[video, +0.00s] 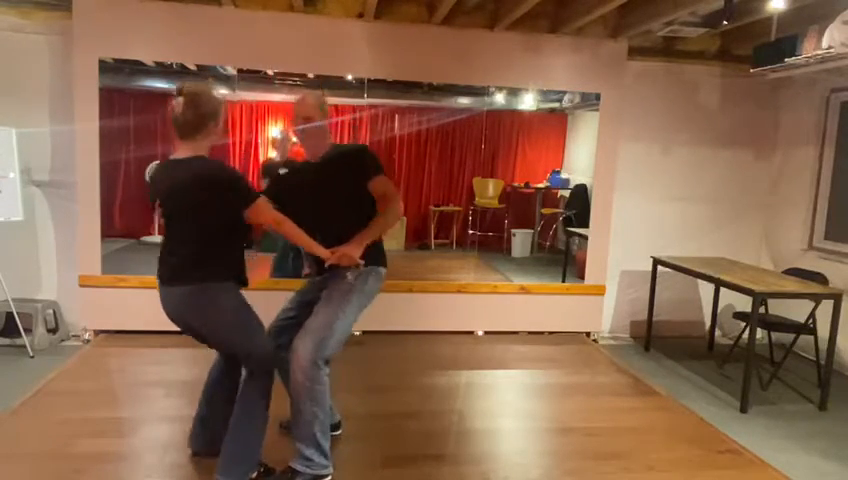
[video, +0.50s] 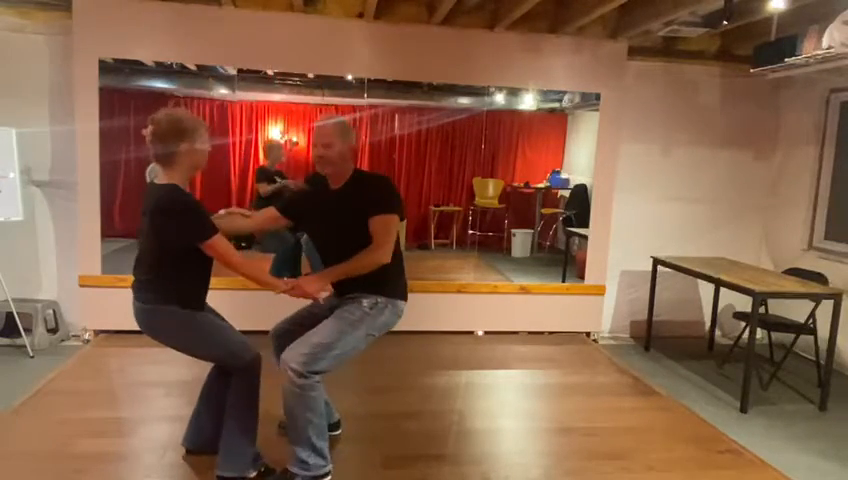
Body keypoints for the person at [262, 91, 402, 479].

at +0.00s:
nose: (301, 129)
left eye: (308, 121)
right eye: (297, 122)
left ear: (327, 121)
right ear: (295, 126)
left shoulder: (356, 157)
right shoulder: (292, 176)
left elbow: (393, 207)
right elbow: (258, 227)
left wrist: (357, 244)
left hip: (360, 272)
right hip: (321, 275)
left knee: (307, 352)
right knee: (279, 340)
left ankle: (313, 467)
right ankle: (322, 419)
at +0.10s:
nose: (312, 136)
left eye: (318, 128)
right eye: (305, 129)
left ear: (334, 129)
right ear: (298, 135)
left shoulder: (361, 166)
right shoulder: (295, 188)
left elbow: (392, 220)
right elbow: (247, 217)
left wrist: (348, 254)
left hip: (367, 279)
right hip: (327, 280)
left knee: (306, 353)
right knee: (276, 343)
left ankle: (313, 467)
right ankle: (322, 419)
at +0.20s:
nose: (316, 140)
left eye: (324, 131)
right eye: (310, 133)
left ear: (341, 134)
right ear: (303, 139)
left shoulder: (367, 174)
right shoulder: (300, 190)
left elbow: (391, 228)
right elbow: (245, 221)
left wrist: (339, 261)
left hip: (372, 284)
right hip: (333, 285)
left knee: (306, 355)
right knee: (276, 343)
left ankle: (313, 467)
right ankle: (321, 419)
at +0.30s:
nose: (315, 146)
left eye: (323, 139)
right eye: (311, 139)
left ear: (344, 141)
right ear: (307, 144)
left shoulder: (369, 179)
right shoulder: (305, 190)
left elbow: (389, 237)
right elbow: (247, 220)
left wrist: (332, 266)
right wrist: (193, 216)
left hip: (376, 289)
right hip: (338, 290)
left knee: (306, 357)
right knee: (279, 340)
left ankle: (313, 468)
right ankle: (320, 419)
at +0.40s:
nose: (317, 151)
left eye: (325, 144)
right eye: (314, 144)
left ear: (348, 147)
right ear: (311, 146)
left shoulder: (375, 186)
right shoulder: (310, 194)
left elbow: (386, 246)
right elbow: (253, 220)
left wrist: (328, 273)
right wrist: (208, 217)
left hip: (377, 296)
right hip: (340, 294)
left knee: (302, 361)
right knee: (281, 339)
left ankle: (313, 468)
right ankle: (323, 418)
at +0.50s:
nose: (318, 154)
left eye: (327, 146)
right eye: (315, 146)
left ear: (350, 149)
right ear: (312, 149)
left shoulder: (378, 190)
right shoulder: (312, 195)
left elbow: (383, 253)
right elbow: (257, 221)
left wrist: (324, 278)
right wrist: (209, 221)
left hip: (378, 300)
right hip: (341, 296)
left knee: (298, 364)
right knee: (283, 338)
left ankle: (312, 469)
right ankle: (323, 418)